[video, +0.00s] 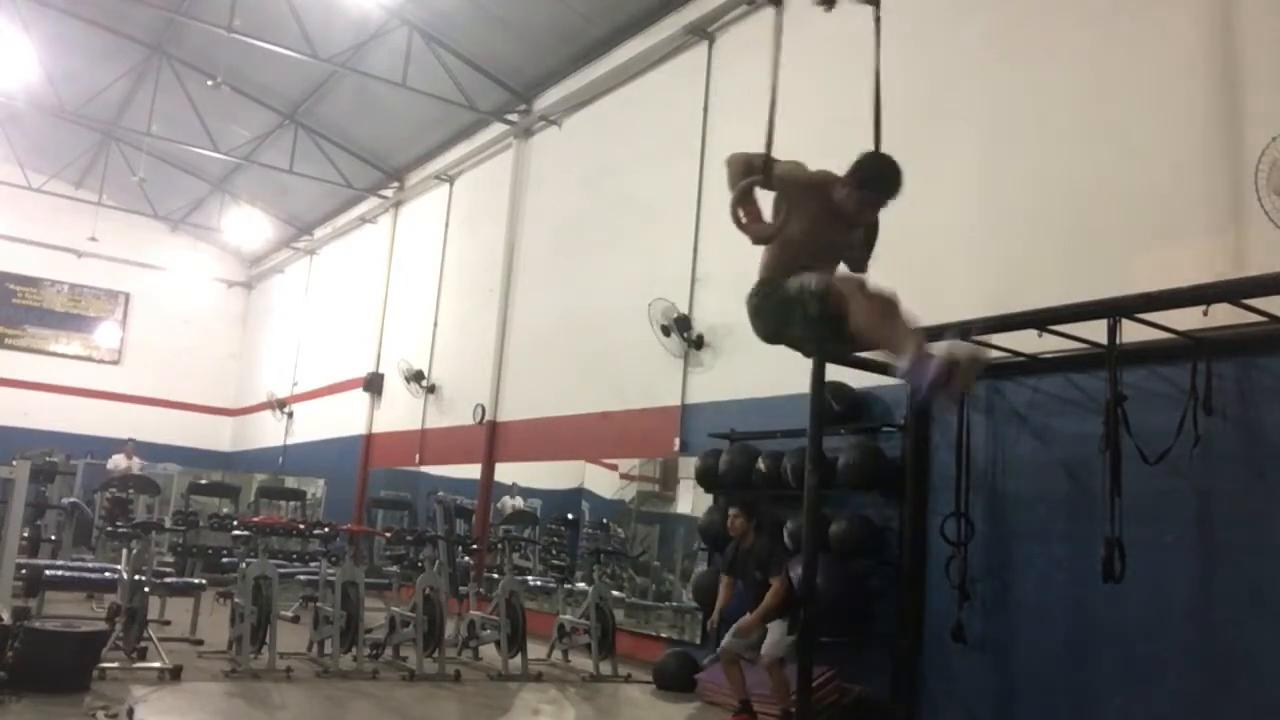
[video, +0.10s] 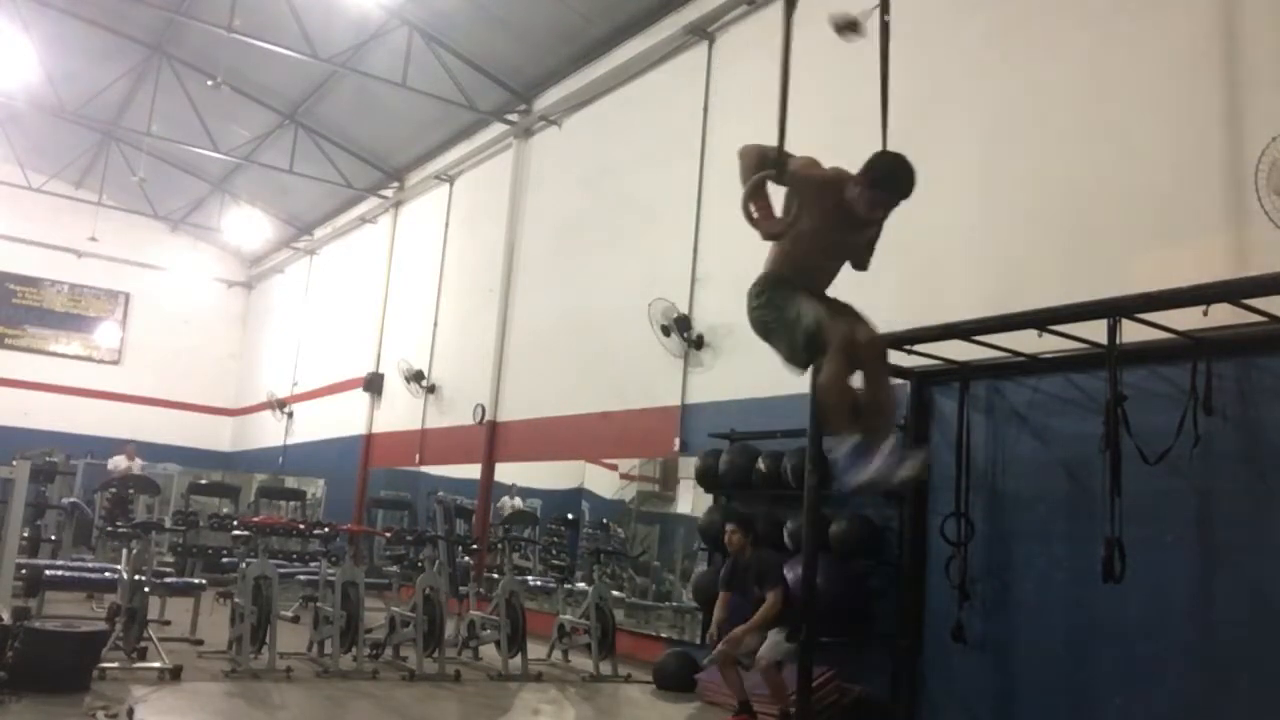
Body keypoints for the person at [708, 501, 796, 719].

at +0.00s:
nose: (730, 523)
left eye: (736, 518)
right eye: (729, 518)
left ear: (750, 521)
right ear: (728, 521)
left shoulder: (768, 545)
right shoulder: (733, 549)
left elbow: (780, 586)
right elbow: (726, 583)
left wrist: (755, 619)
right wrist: (716, 612)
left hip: (781, 611)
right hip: (754, 610)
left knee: (770, 659)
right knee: (727, 652)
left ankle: (785, 712)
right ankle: (745, 708)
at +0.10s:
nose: (727, 539)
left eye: (733, 534)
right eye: (726, 534)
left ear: (747, 537)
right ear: (724, 536)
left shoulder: (765, 559)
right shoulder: (731, 564)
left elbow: (775, 601)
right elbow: (723, 599)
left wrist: (743, 631)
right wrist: (714, 624)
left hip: (784, 622)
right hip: (758, 624)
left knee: (764, 663)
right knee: (723, 655)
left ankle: (785, 712)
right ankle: (745, 708)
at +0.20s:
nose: (726, 554)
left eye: (731, 549)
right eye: (724, 549)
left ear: (745, 552)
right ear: (722, 552)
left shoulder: (764, 577)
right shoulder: (729, 579)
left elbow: (768, 619)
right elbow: (721, 610)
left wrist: (731, 641)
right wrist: (711, 637)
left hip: (785, 633)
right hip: (759, 634)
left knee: (760, 666)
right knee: (717, 653)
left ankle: (783, 714)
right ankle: (744, 709)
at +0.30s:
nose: (725, 569)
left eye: (731, 563)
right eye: (724, 563)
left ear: (745, 565)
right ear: (722, 565)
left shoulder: (762, 587)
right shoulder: (732, 590)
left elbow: (764, 631)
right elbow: (719, 624)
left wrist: (726, 648)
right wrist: (710, 647)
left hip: (786, 644)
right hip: (759, 645)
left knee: (757, 668)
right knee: (715, 657)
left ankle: (783, 714)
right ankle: (744, 709)